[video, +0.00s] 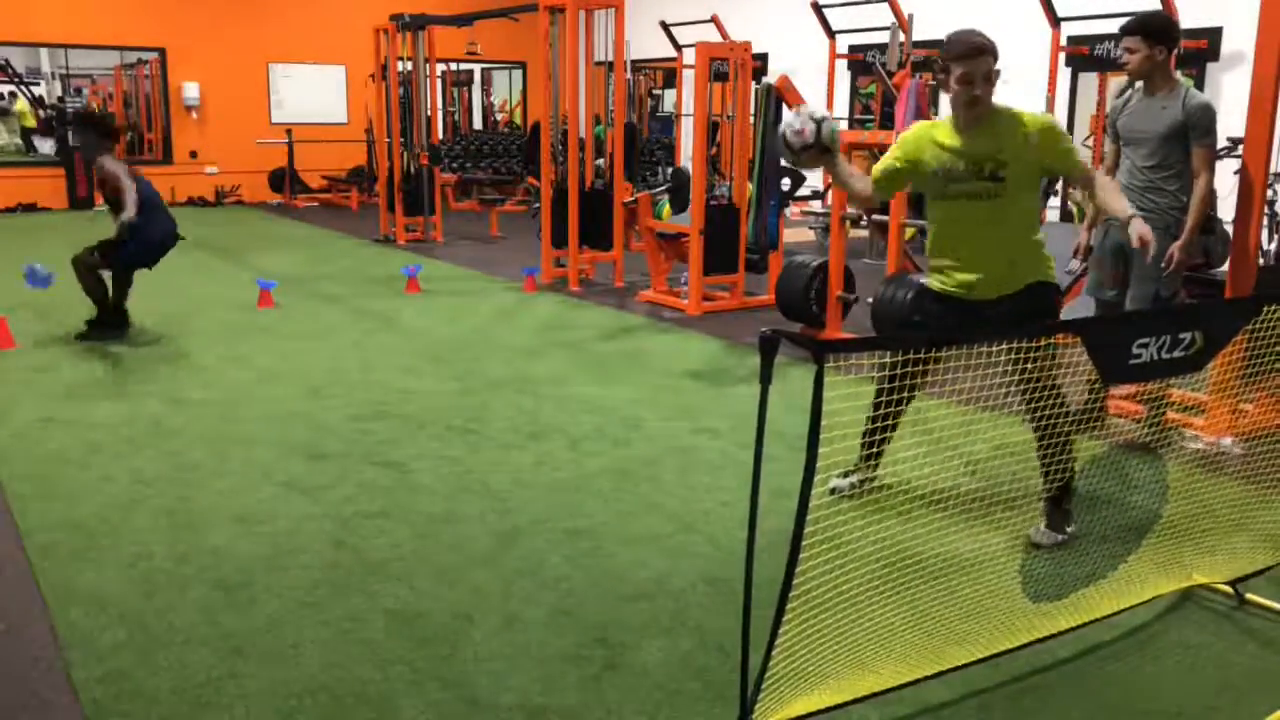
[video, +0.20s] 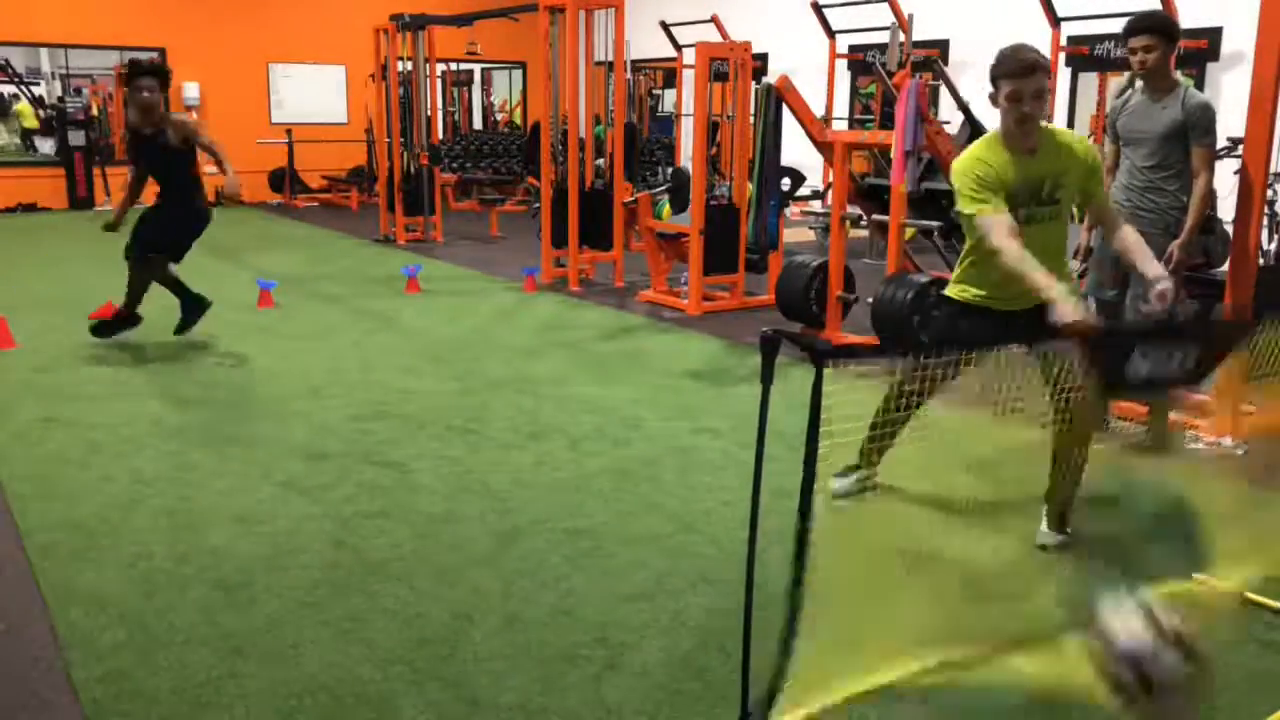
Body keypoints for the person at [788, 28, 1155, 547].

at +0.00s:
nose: (975, 90)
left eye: (984, 79)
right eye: (964, 80)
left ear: (996, 77)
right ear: (945, 80)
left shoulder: (1034, 134)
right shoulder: (920, 140)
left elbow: (1093, 179)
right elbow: (868, 193)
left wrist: (1131, 218)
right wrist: (827, 155)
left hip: (1022, 287)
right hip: (946, 289)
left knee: (1038, 391)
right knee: (898, 374)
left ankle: (1058, 508)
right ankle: (865, 469)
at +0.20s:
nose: (1028, 110)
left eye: (1037, 97)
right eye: (1015, 99)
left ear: (1050, 93)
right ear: (996, 99)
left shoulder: (1077, 153)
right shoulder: (974, 165)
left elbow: (1112, 224)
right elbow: (1005, 245)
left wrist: (1154, 272)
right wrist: (1057, 294)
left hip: (1046, 303)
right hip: (975, 301)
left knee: (1081, 401)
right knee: (916, 380)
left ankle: (1056, 520)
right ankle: (865, 467)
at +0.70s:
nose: (1072, 55)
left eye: (1085, 46)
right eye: (1070, 46)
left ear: (1120, 53)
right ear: (1069, 53)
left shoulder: (1162, 120)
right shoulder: (1055, 124)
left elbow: (1192, 209)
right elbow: (1011, 188)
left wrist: (1181, 289)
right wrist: (978, 232)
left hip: (1136, 288)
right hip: (1077, 288)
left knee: (1093, 405)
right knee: (1121, 401)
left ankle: (1060, 519)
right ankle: (1163, 485)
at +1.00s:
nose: (1077, 59)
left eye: (1086, 48)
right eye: (1079, 48)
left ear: (1118, 54)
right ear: (1112, 55)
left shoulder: (1156, 112)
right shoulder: (1117, 117)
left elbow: (1187, 203)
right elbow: (1129, 215)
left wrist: (1135, 275)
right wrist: (1086, 258)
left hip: (1162, 282)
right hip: (1142, 279)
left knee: (1114, 393)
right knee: (1155, 388)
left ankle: (1131, 513)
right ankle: (1176, 489)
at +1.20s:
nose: (1078, 59)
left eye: (1085, 47)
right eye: (1079, 47)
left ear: (1117, 51)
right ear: (1122, 53)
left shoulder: (1134, 106)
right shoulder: (1153, 102)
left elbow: (1156, 203)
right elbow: (1188, 194)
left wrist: (1094, 261)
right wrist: (1109, 237)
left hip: (1149, 280)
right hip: (1171, 278)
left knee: (1124, 398)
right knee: (1147, 396)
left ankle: (1130, 516)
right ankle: (1166, 494)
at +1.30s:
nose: (1079, 59)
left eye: (1085, 48)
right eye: (1080, 48)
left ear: (1115, 51)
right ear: (1126, 52)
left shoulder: (1128, 108)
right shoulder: (1161, 103)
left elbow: (1142, 207)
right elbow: (1205, 185)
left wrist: (1083, 267)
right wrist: (1167, 232)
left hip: (1146, 279)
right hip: (1182, 277)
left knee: (1118, 393)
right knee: (1134, 386)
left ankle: (1131, 518)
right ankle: (1165, 477)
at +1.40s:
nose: (1079, 58)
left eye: (1085, 47)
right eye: (1080, 47)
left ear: (1115, 49)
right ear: (1127, 51)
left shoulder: (1128, 109)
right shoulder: (1166, 103)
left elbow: (1139, 209)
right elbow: (1205, 181)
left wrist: (1077, 268)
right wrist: (1173, 232)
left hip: (1143, 278)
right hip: (1180, 276)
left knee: (1122, 395)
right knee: (1143, 390)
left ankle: (1131, 518)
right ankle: (1148, 491)